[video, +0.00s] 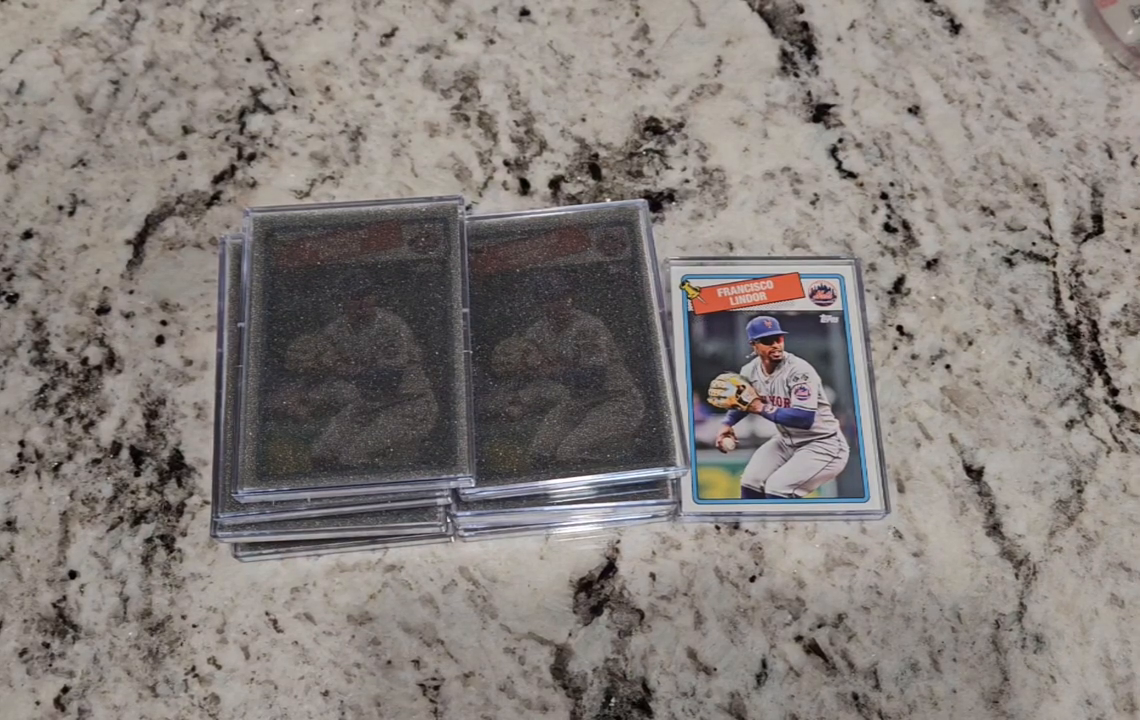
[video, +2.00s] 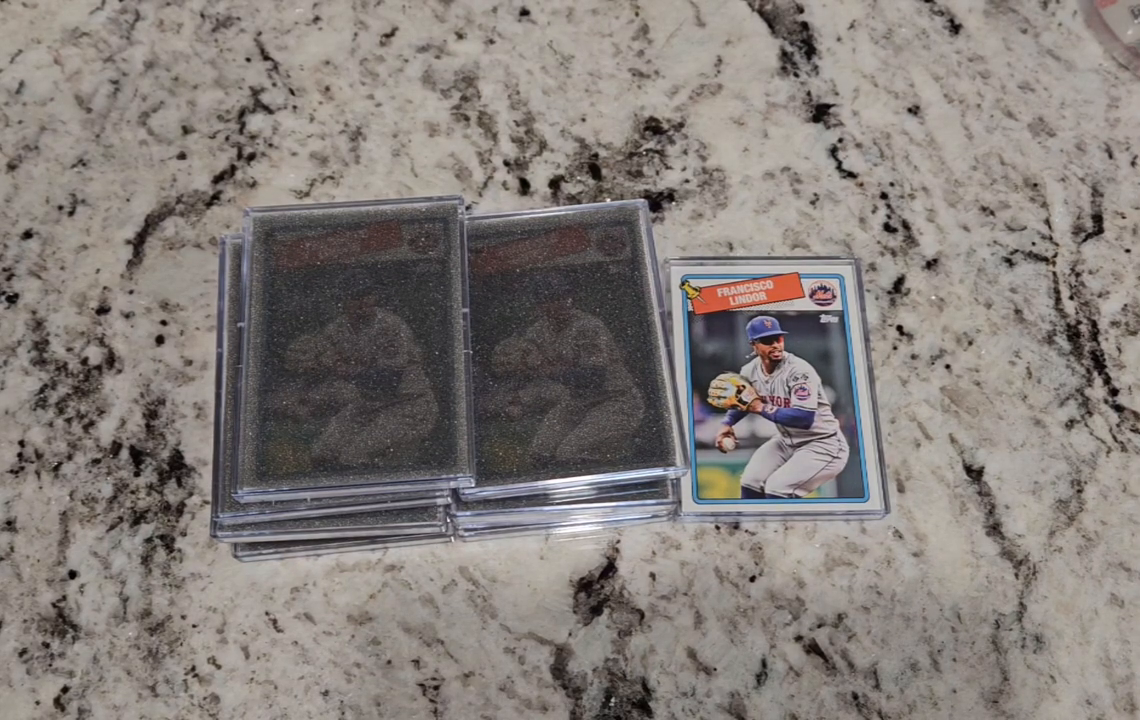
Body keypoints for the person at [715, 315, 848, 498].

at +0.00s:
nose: (776, 346)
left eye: (778, 339)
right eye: (767, 342)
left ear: (783, 339)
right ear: (754, 346)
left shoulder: (801, 371)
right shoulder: (749, 372)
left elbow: (804, 419)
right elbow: (743, 403)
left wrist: (761, 407)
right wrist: (726, 425)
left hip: (824, 446)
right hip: (786, 443)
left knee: (777, 488)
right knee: (751, 483)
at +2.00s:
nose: (776, 346)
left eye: (778, 339)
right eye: (767, 342)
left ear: (783, 339)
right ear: (754, 346)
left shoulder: (801, 371)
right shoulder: (749, 372)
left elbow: (804, 419)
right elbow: (743, 402)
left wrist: (760, 407)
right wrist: (726, 425)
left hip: (824, 445)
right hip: (786, 442)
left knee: (777, 487)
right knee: (751, 483)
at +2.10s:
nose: (776, 346)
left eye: (778, 339)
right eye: (767, 342)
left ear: (783, 339)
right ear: (754, 346)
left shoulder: (801, 371)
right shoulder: (749, 372)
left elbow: (804, 419)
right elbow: (743, 402)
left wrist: (760, 407)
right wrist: (726, 425)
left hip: (824, 445)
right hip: (786, 442)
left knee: (777, 487)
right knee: (751, 483)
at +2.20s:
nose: (776, 346)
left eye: (778, 339)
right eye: (767, 342)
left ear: (783, 339)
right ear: (754, 346)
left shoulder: (800, 371)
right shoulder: (749, 372)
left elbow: (804, 419)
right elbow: (743, 402)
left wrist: (760, 407)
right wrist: (726, 425)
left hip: (824, 445)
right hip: (786, 442)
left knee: (777, 488)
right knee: (751, 482)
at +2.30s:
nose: (776, 346)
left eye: (778, 339)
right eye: (767, 342)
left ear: (783, 339)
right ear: (754, 346)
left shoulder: (800, 371)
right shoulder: (749, 372)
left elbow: (804, 419)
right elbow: (743, 402)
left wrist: (760, 407)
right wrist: (726, 425)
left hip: (824, 445)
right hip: (786, 442)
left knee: (777, 487)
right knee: (751, 482)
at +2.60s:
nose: (775, 346)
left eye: (778, 339)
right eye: (767, 342)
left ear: (783, 339)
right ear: (754, 346)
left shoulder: (800, 371)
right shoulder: (749, 372)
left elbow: (804, 419)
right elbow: (743, 402)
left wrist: (760, 407)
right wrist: (726, 424)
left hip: (824, 445)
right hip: (786, 442)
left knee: (777, 487)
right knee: (751, 482)